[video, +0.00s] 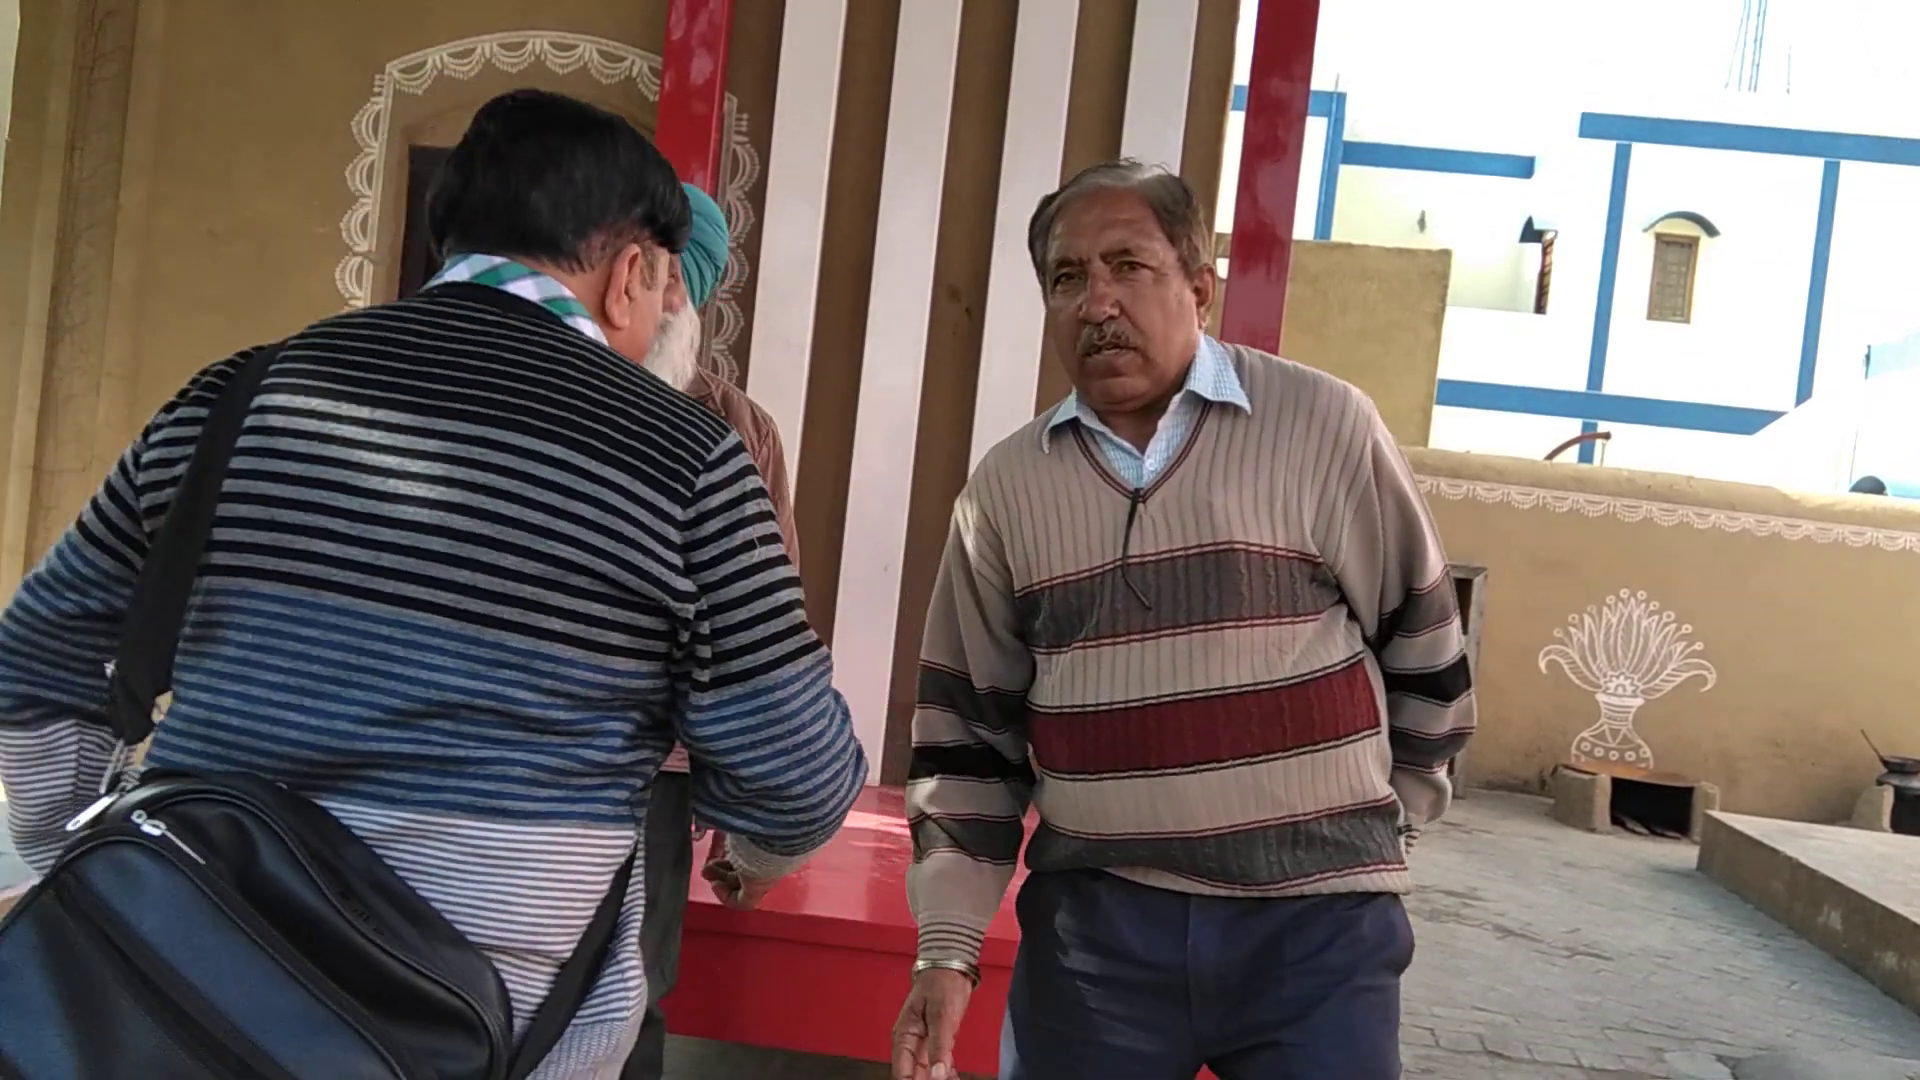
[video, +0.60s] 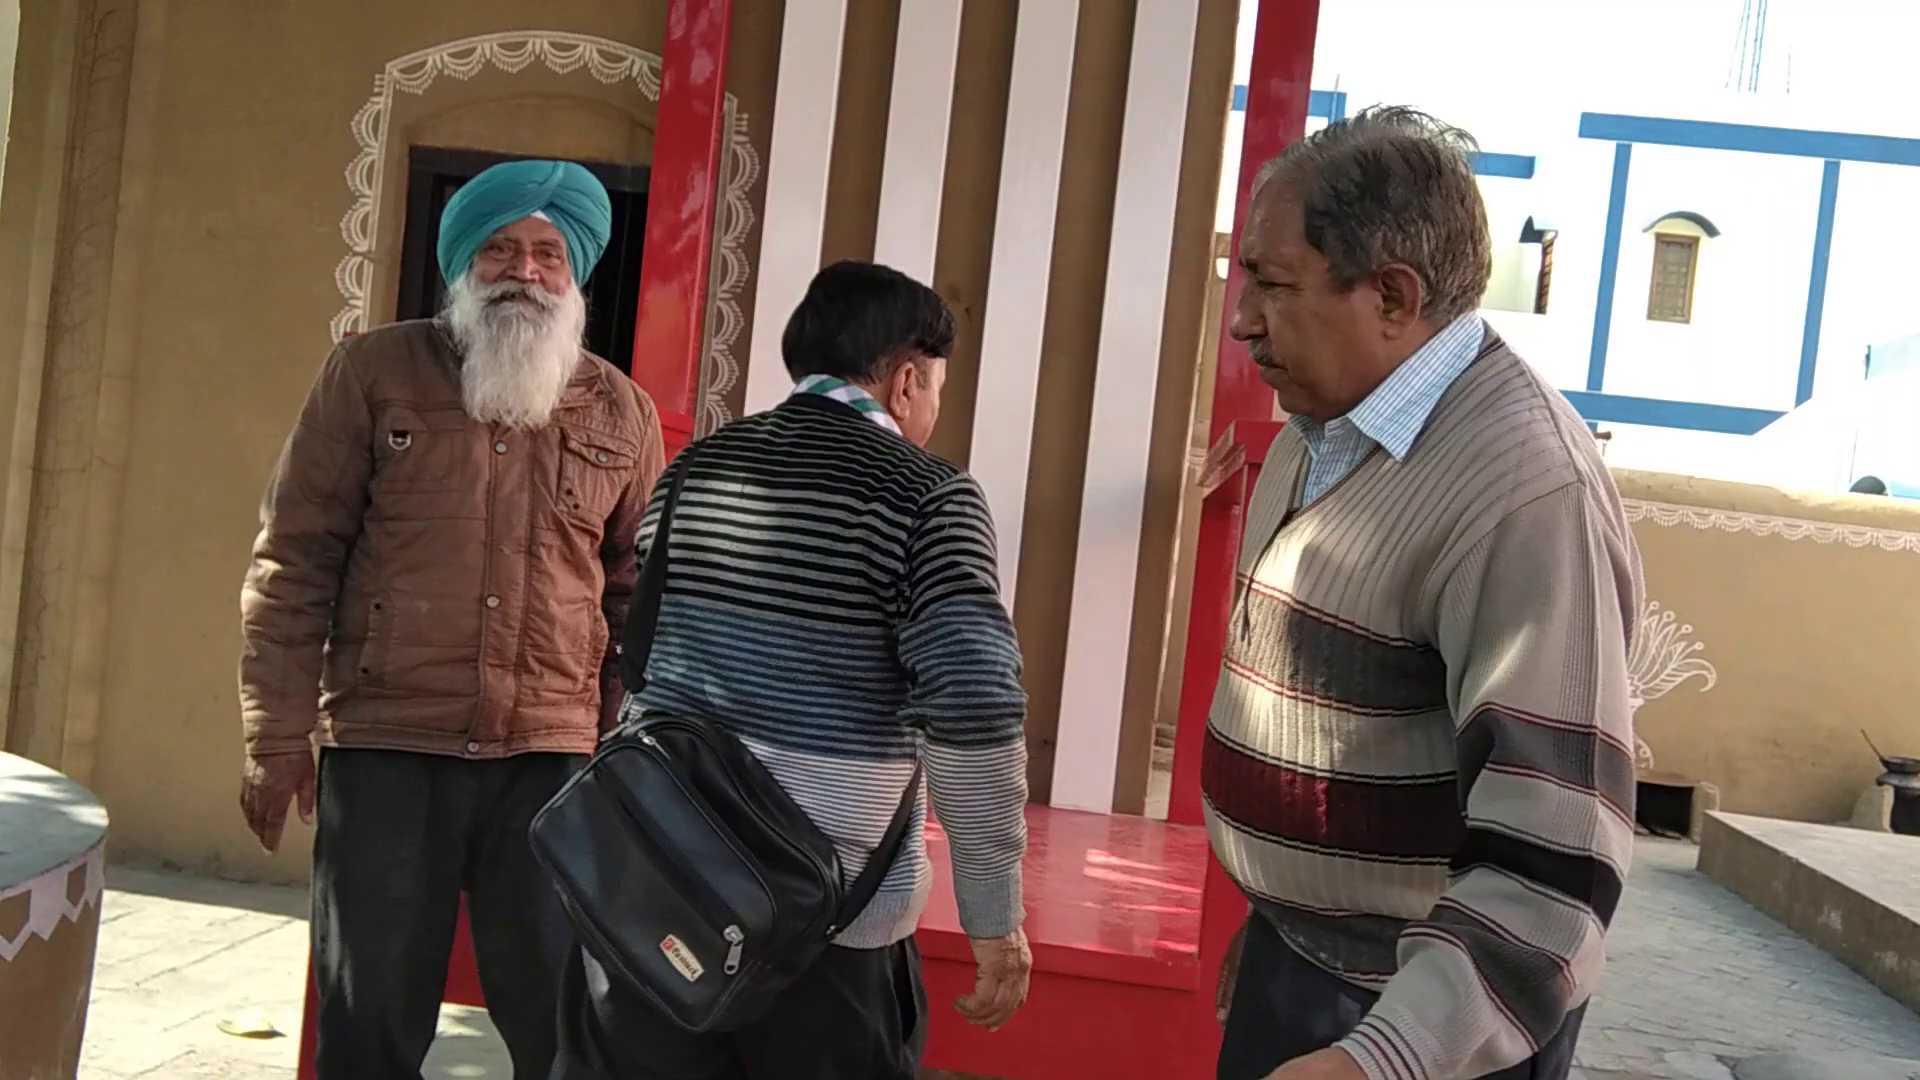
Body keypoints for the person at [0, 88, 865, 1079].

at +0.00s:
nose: (671, 327)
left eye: (681, 297)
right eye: (675, 291)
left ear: (457, 240)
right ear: (627, 267)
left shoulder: (242, 388)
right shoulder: (680, 452)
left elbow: (42, 647)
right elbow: (801, 786)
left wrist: (54, 882)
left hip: (194, 982)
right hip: (506, 1022)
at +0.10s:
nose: (714, 363)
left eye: (718, 332)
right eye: (716, 330)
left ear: (522, 288)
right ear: (678, 312)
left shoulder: (331, 420)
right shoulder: (728, 475)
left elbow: (136, 658)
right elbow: (846, 778)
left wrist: (203, 887)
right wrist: (793, 874)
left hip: (308, 947)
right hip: (576, 987)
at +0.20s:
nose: (746, 373)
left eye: (750, 343)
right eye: (749, 341)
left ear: (567, 309)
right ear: (713, 329)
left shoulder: (412, 434)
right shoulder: (760, 478)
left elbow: (241, 664)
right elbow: (875, 749)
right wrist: (858, 895)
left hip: (398, 931)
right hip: (632, 966)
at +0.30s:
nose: (781, 364)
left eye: (787, 341)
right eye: (784, 339)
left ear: (616, 309)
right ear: (751, 331)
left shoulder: (475, 438)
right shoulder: (797, 465)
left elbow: (352, 656)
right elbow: (899, 715)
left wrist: (427, 812)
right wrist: (911, 903)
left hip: (460, 916)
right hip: (680, 951)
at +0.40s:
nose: (835, 356)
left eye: (838, 334)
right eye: (839, 334)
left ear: (688, 309)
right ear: (811, 328)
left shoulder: (556, 432)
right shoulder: (844, 453)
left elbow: (503, 648)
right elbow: (931, 686)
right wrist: (957, 893)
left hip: (542, 868)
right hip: (744, 905)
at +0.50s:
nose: (885, 381)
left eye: (889, 359)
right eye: (887, 359)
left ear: (740, 334)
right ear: (856, 351)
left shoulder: (626, 440)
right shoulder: (880, 464)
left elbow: (575, 648)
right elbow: (949, 688)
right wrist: (980, 896)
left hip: (596, 869)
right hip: (785, 902)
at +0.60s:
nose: (939, 409)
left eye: (943, 390)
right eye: (939, 388)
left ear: (806, 362)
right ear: (903, 380)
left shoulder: (696, 464)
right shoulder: (928, 493)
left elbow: (643, 660)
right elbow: (972, 714)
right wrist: (995, 916)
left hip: (660, 889)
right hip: (831, 926)